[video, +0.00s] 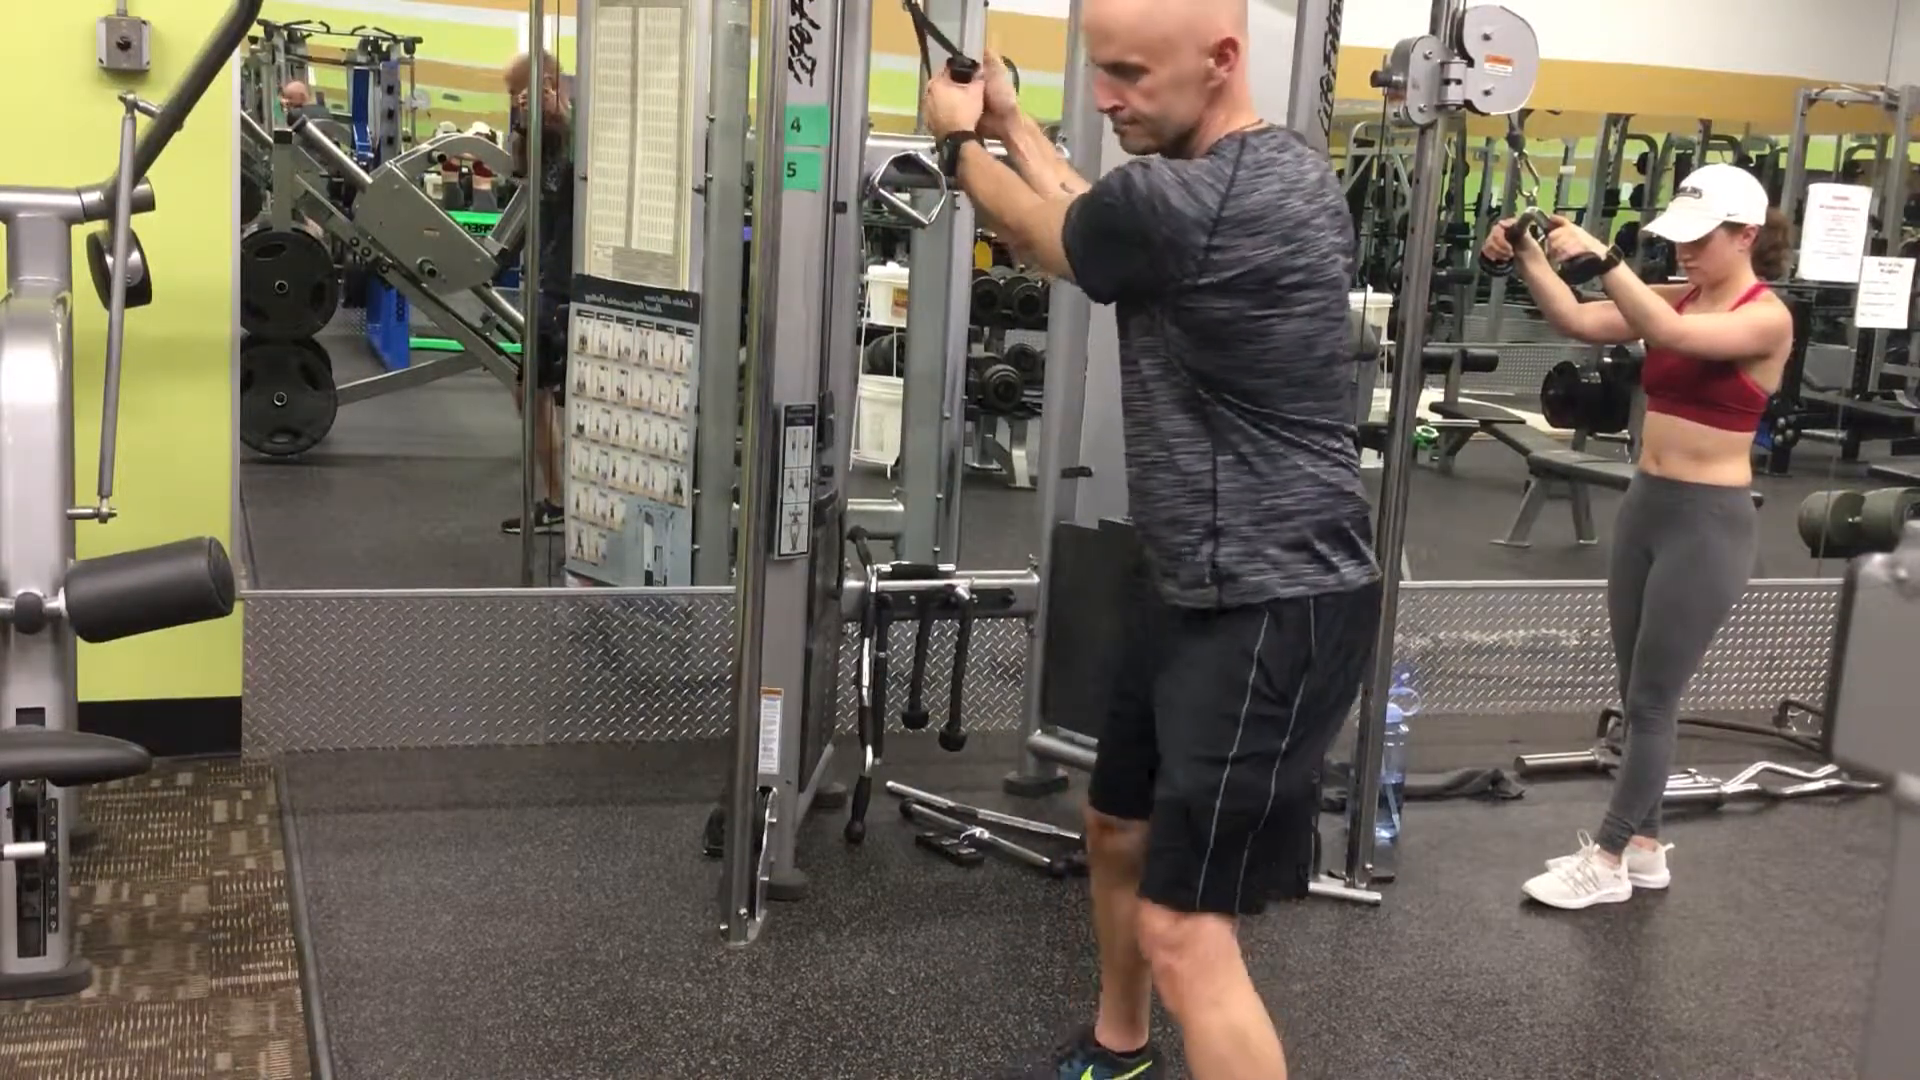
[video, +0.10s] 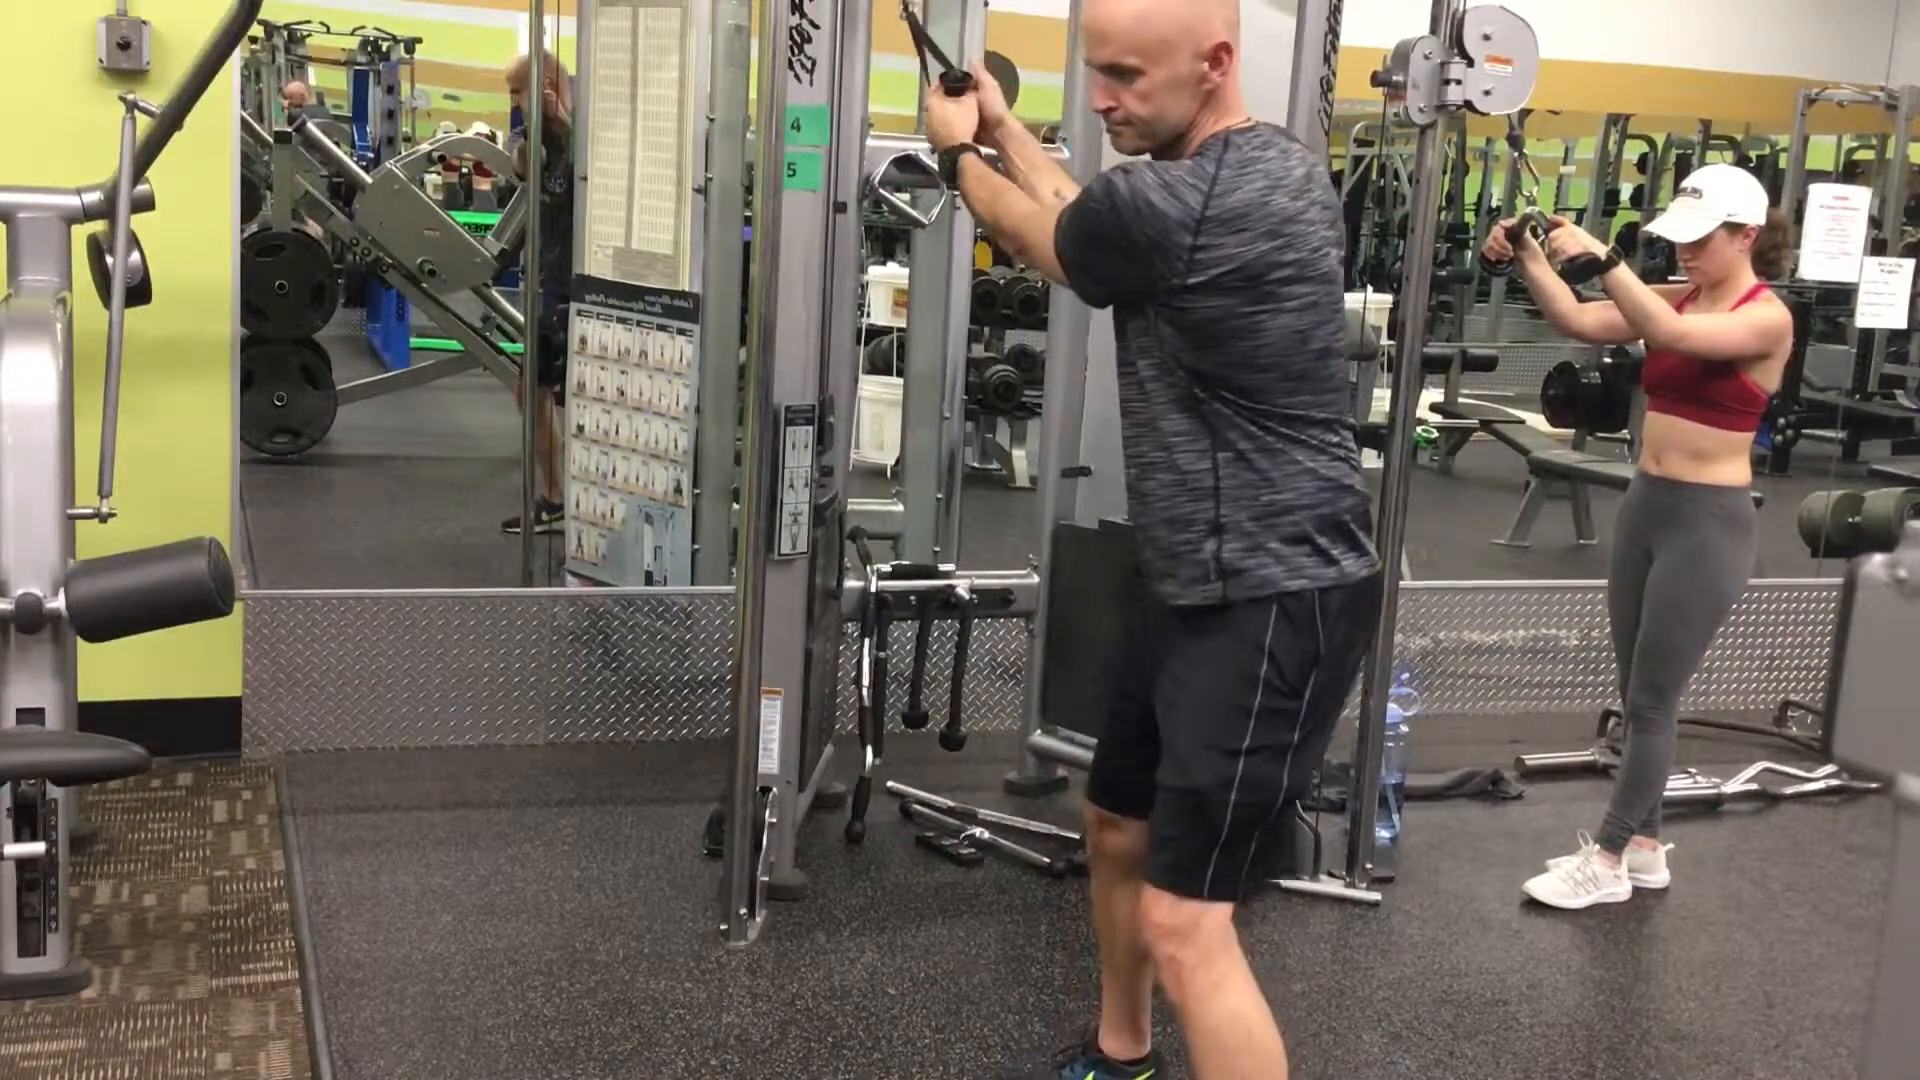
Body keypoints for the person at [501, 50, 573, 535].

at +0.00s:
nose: (519, 105)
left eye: (525, 94)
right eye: (514, 97)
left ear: (552, 89)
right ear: (517, 97)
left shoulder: (584, 137)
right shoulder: (531, 140)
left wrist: (567, 122)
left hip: (576, 283)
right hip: (542, 283)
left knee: (579, 398)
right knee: (531, 391)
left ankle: (580, 502)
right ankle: (553, 499)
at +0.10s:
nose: (513, 101)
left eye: (519, 91)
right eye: (511, 92)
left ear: (545, 89)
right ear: (550, 89)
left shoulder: (547, 139)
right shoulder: (547, 139)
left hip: (556, 285)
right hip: (552, 282)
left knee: (532, 390)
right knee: (539, 392)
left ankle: (555, 497)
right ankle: (556, 496)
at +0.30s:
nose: (513, 102)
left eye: (519, 93)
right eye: (513, 94)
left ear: (543, 88)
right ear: (552, 84)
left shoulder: (544, 132)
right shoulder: (570, 126)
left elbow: (528, 169)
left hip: (555, 281)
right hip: (564, 277)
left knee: (544, 399)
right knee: (549, 399)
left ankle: (546, 500)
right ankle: (549, 499)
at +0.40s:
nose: (514, 102)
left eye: (519, 94)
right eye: (513, 94)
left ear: (543, 87)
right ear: (551, 82)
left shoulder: (545, 131)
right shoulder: (572, 124)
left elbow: (528, 181)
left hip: (557, 278)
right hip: (567, 274)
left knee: (544, 397)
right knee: (549, 397)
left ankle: (546, 500)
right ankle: (549, 498)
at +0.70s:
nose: (509, 101)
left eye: (514, 93)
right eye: (509, 93)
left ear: (536, 89)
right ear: (549, 85)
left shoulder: (541, 130)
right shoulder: (573, 124)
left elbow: (521, 161)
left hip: (551, 279)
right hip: (565, 275)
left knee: (531, 391)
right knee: (554, 393)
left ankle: (545, 498)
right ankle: (553, 496)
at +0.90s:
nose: (495, 107)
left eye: (499, 98)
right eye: (494, 99)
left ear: (517, 94)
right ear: (526, 89)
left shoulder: (565, 130)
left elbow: (568, 178)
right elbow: (502, 183)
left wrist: (521, 139)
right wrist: (500, 143)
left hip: (560, 281)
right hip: (542, 279)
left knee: (525, 390)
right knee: (536, 391)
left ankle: (545, 498)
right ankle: (549, 495)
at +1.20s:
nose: (471, 117)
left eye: (474, 106)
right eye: (469, 108)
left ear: (499, 100)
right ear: (499, 101)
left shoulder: (551, 140)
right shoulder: (499, 157)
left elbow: (515, 206)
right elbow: (476, 210)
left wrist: (435, 203)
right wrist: (430, 204)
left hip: (564, 288)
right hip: (542, 286)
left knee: (517, 389)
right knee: (547, 392)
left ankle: (543, 499)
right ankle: (554, 496)